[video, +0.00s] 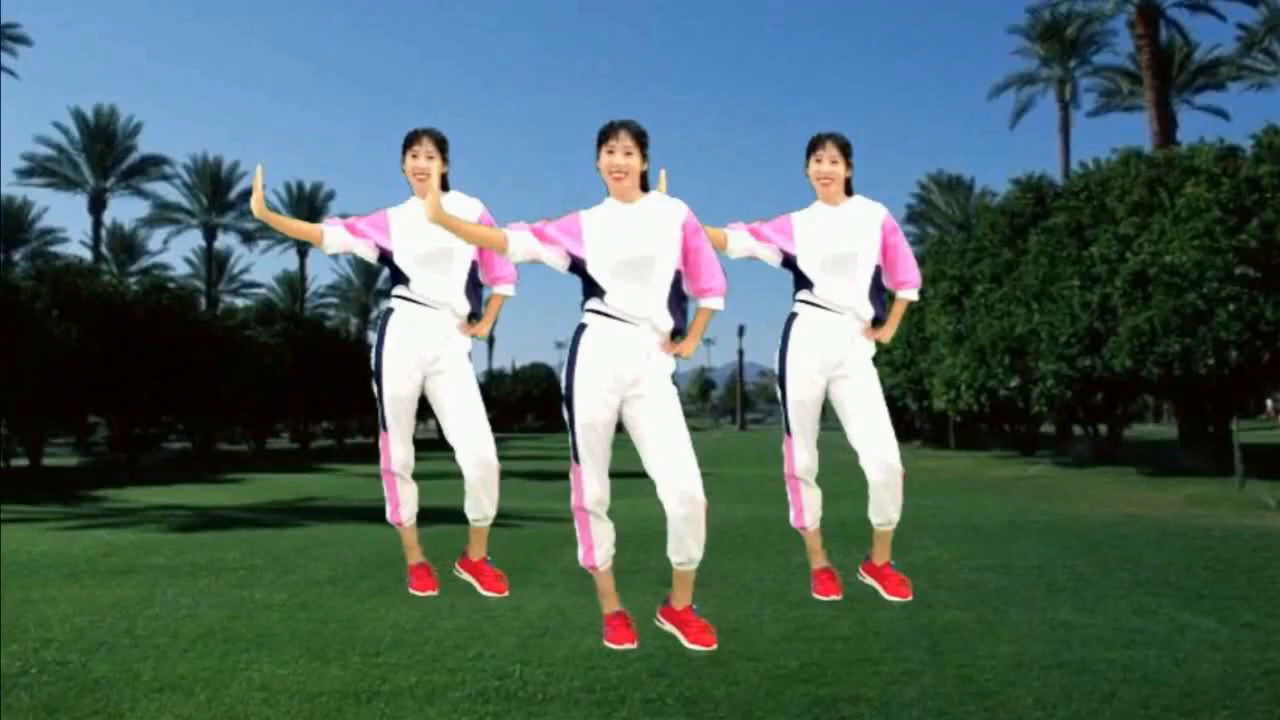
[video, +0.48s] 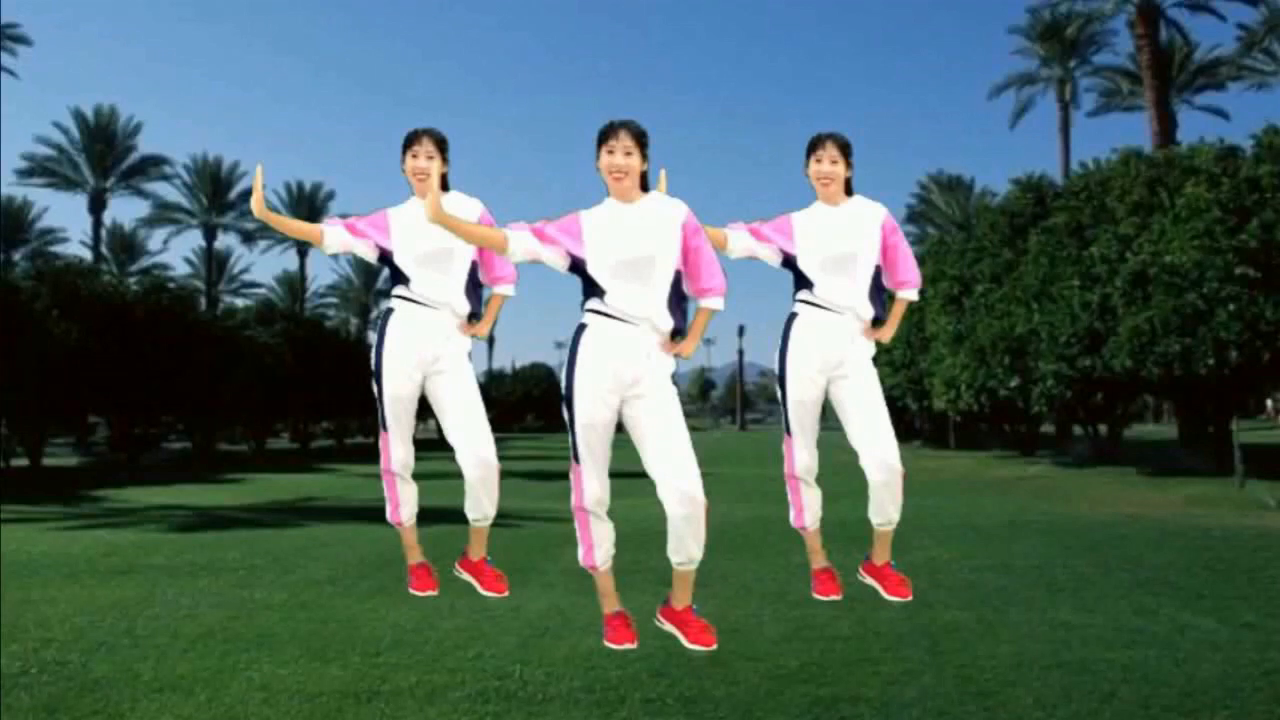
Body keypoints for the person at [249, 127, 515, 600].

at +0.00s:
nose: (420, 164)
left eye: (428, 157)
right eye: (412, 157)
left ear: (444, 165)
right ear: (404, 166)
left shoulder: (473, 211)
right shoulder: (393, 220)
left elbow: (503, 272)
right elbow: (327, 235)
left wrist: (485, 324)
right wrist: (266, 215)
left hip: (451, 334)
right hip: (401, 331)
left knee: (482, 456)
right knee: (399, 452)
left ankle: (476, 557)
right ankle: (415, 561)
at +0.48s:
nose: (420, 164)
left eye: (428, 157)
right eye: (412, 157)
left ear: (444, 165)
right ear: (404, 166)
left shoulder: (473, 211)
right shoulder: (393, 220)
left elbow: (503, 272)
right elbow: (327, 235)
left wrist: (485, 324)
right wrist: (266, 215)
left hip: (451, 334)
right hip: (401, 330)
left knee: (482, 456)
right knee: (399, 452)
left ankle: (476, 557)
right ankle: (415, 561)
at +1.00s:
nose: (420, 164)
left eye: (429, 157)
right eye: (413, 157)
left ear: (444, 165)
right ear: (404, 166)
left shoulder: (473, 211)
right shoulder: (393, 220)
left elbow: (503, 273)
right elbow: (327, 234)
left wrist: (485, 325)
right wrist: (265, 215)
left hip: (451, 334)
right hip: (401, 330)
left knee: (482, 456)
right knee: (399, 453)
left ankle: (476, 557)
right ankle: (416, 561)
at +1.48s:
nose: (420, 164)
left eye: (428, 157)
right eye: (412, 157)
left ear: (444, 165)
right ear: (404, 166)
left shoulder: (473, 211)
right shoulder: (393, 220)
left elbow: (503, 273)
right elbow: (327, 235)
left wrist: (484, 324)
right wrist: (265, 215)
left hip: (451, 335)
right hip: (401, 331)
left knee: (482, 456)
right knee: (399, 453)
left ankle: (476, 557)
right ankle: (415, 561)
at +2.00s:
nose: (420, 164)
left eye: (428, 157)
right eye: (412, 157)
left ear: (444, 165)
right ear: (404, 166)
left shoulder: (473, 211)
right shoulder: (393, 220)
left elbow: (503, 273)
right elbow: (327, 235)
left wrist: (484, 325)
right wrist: (265, 214)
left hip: (451, 335)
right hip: (401, 331)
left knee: (482, 457)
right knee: (399, 453)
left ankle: (476, 557)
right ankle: (415, 561)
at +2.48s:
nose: (420, 164)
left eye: (428, 157)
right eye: (413, 157)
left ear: (444, 165)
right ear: (403, 166)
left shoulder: (472, 211)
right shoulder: (393, 220)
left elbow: (503, 274)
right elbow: (326, 235)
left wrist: (484, 325)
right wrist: (265, 214)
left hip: (451, 335)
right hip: (401, 331)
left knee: (482, 457)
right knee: (399, 453)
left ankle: (476, 557)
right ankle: (415, 561)